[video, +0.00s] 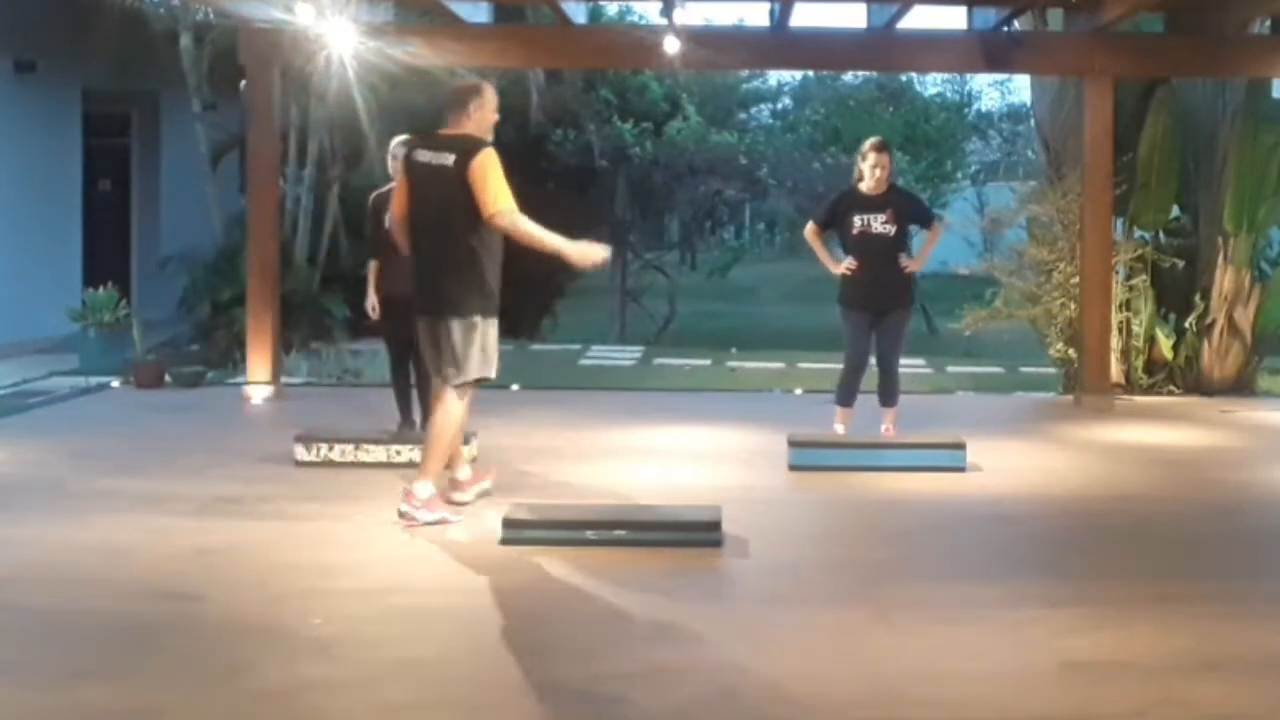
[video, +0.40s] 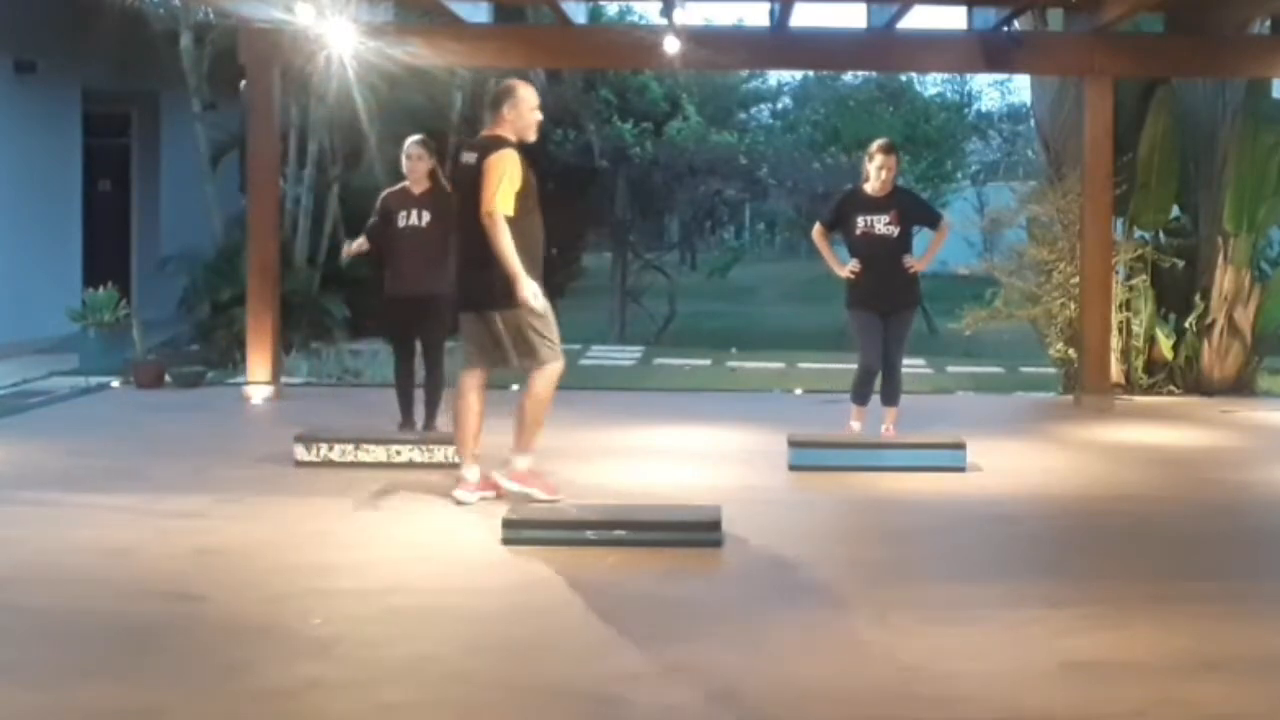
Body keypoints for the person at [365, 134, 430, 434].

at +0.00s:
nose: (398, 164)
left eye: (404, 157)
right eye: (395, 157)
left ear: (414, 160)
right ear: (388, 161)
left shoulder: (429, 196)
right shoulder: (380, 199)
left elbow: (437, 245)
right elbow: (375, 249)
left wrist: (438, 285)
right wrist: (372, 289)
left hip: (423, 290)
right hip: (393, 292)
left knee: (424, 359)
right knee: (399, 359)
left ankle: (429, 418)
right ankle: (405, 418)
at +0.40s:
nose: (410, 164)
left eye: (417, 158)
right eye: (407, 158)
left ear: (432, 162)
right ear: (401, 162)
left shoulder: (447, 197)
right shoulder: (389, 198)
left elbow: (456, 240)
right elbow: (376, 234)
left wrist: (453, 279)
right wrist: (357, 246)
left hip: (435, 291)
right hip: (399, 292)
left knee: (433, 357)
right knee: (403, 357)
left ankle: (430, 419)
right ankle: (406, 418)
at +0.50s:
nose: (415, 163)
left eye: (422, 158)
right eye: (411, 157)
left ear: (436, 162)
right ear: (405, 160)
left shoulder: (448, 197)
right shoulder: (393, 197)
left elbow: (469, 240)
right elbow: (380, 241)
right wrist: (368, 230)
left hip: (437, 291)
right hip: (401, 291)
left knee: (436, 358)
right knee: (403, 358)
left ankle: (430, 420)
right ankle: (407, 418)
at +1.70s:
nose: (412, 167)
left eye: (419, 161)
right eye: (408, 160)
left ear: (433, 162)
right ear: (403, 162)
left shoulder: (447, 197)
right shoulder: (392, 198)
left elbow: (460, 243)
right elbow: (385, 243)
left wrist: (429, 250)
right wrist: (403, 251)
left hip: (434, 291)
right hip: (402, 291)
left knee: (431, 356)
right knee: (408, 357)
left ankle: (430, 418)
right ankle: (414, 418)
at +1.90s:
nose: (413, 169)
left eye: (419, 163)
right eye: (409, 163)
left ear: (433, 165)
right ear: (403, 165)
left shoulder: (447, 200)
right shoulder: (391, 201)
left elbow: (457, 245)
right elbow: (387, 248)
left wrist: (442, 279)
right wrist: (389, 286)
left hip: (435, 290)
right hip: (403, 290)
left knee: (436, 358)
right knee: (409, 359)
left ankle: (431, 417)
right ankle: (414, 417)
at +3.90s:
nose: (418, 162)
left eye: (425, 157)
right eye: (414, 156)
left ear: (438, 164)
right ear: (408, 162)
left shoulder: (449, 201)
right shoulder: (399, 199)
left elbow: (455, 250)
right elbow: (393, 247)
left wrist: (455, 292)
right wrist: (382, 284)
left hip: (436, 292)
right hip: (402, 292)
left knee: (440, 358)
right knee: (400, 356)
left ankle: (436, 417)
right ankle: (412, 413)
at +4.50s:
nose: (408, 160)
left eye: (414, 155)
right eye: (404, 154)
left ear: (428, 161)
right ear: (398, 160)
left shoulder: (442, 199)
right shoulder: (387, 199)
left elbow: (452, 249)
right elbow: (380, 248)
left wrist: (457, 290)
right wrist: (370, 285)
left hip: (430, 293)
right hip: (395, 293)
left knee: (422, 354)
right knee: (401, 358)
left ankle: (428, 418)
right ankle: (407, 421)